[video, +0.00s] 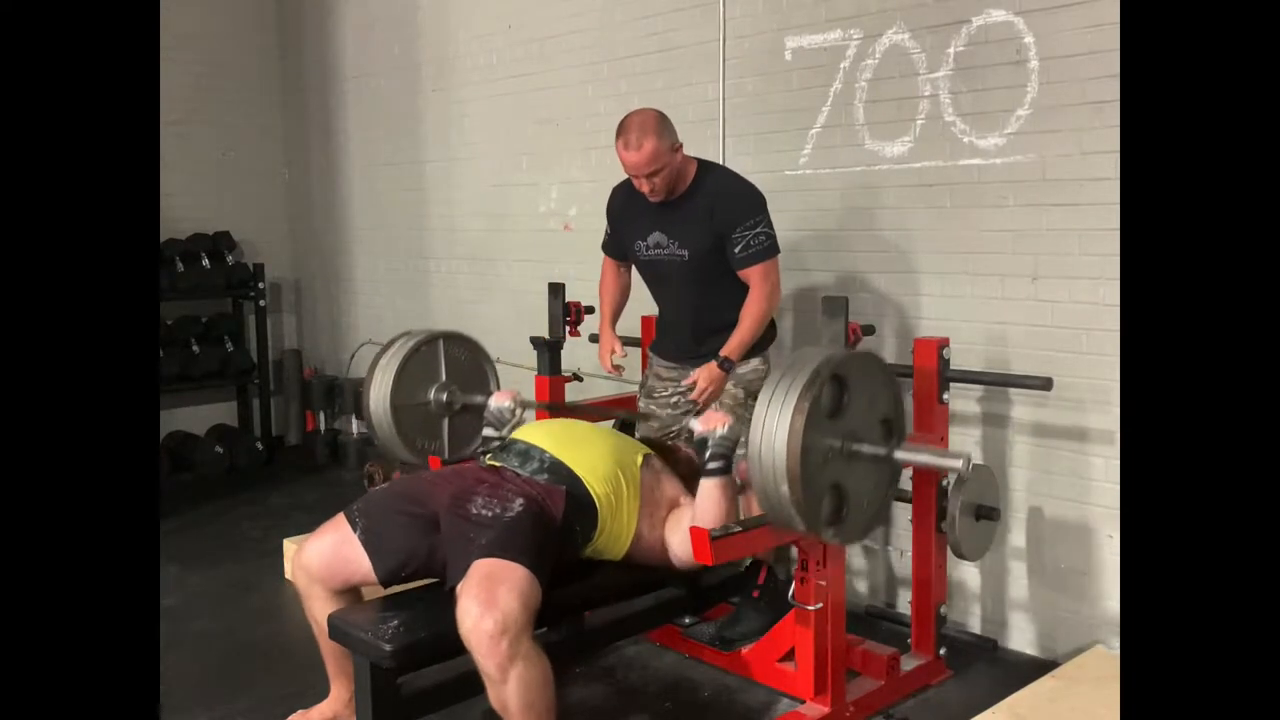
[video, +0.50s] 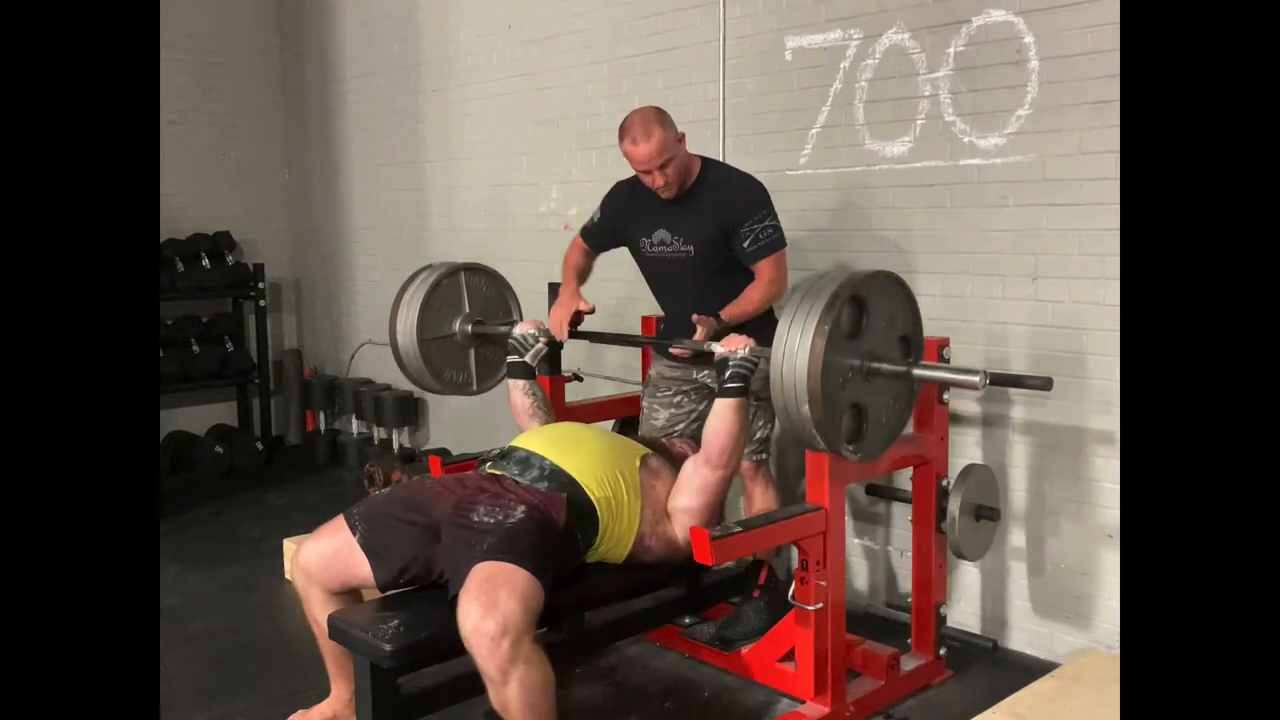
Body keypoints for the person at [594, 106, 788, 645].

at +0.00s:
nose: (644, 187)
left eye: (652, 174)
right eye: (634, 176)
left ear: (679, 152)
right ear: (623, 163)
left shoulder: (732, 198)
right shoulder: (625, 202)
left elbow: (766, 290)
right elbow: (615, 265)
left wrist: (724, 363)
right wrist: (607, 328)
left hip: (736, 362)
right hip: (667, 362)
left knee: (739, 479)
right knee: (666, 474)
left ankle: (764, 593)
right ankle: (695, 591)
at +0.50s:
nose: (656, 181)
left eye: (662, 166)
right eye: (643, 172)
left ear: (682, 140)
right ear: (628, 163)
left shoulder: (738, 192)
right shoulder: (627, 199)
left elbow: (774, 280)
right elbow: (583, 247)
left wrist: (720, 321)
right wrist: (567, 291)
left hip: (746, 347)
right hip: (677, 351)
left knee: (751, 465)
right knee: (666, 460)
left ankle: (770, 593)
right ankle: (700, 583)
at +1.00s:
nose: (694, 146)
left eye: (703, 133)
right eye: (682, 137)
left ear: (717, 124)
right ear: (663, 135)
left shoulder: (756, 178)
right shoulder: (647, 191)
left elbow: (775, 262)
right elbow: (602, 239)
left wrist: (735, 308)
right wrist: (599, 289)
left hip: (751, 349)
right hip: (680, 350)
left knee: (755, 460)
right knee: (660, 445)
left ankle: (767, 586)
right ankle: (704, 558)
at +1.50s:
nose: (675, 167)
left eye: (683, 157)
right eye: (671, 156)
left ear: (718, 145)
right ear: (676, 148)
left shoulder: (775, 184)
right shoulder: (672, 195)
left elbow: (795, 270)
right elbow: (638, 254)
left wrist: (753, 327)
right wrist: (624, 310)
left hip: (763, 354)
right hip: (697, 351)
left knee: (758, 465)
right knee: (664, 450)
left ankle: (772, 592)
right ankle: (698, 573)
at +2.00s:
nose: (638, 161)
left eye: (645, 150)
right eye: (634, 150)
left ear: (679, 136)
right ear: (654, 139)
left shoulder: (747, 172)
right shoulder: (641, 185)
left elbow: (793, 252)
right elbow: (626, 249)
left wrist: (760, 321)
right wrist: (624, 311)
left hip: (741, 358)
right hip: (671, 355)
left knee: (756, 478)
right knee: (656, 470)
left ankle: (770, 591)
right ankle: (687, 588)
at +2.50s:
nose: (682, 147)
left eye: (689, 131)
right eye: (670, 139)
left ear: (712, 113)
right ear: (659, 134)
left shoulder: (765, 171)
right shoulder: (665, 183)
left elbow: (800, 251)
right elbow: (642, 250)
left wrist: (770, 328)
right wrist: (621, 308)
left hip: (749, 356)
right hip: (686, 351)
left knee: (761, 472)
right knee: (688, 468)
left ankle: (773, 591)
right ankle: (693, 578)